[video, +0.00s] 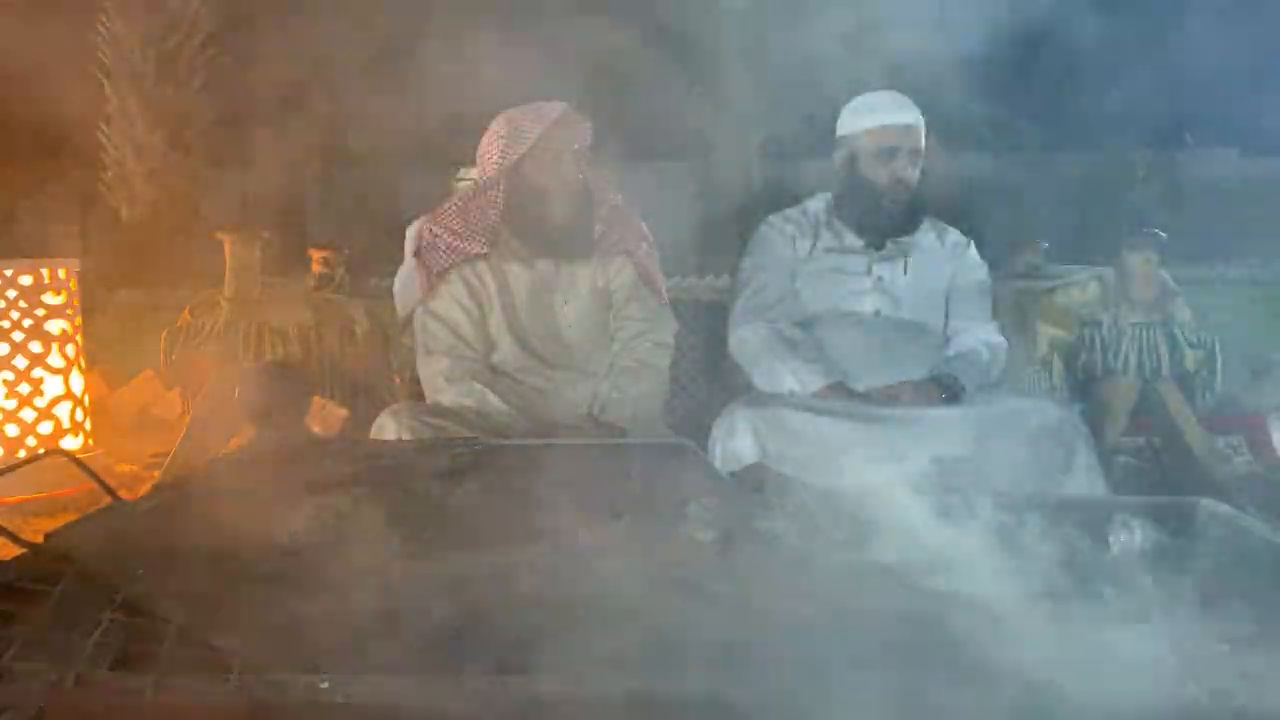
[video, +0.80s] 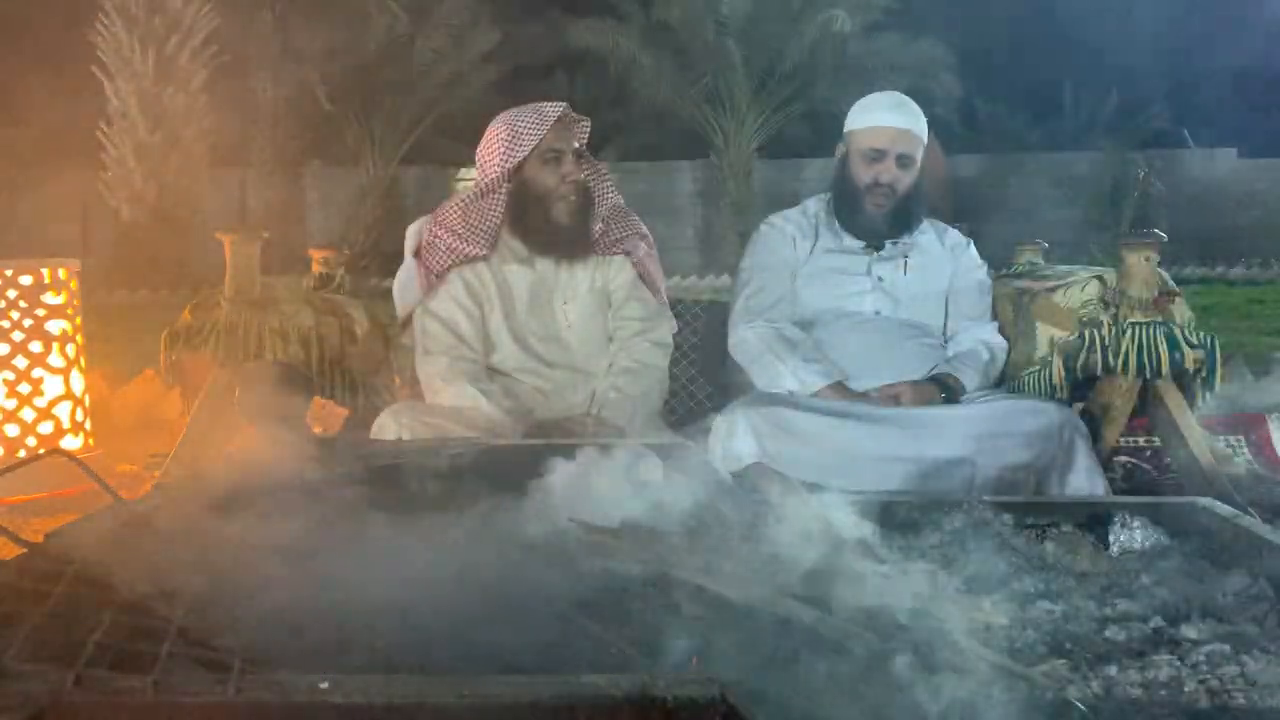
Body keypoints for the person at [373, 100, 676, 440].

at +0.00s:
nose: (580, 176)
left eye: (581, 159)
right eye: (560, 160)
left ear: (591, 167)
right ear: (514, 174)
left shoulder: (620, 258)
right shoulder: (459, 265)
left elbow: (646, 354)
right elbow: (449, 381)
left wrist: (606, 432)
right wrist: (526, 439)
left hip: (598, 439)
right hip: (496, 437)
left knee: (681, 466)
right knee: (397, 427)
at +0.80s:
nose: (575, 175)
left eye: (578, 158)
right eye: (552, 160)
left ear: (587, 165)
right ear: (509, 176)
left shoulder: (614, 257)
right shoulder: (460, 266)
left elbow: (645, 351)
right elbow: (447, 376)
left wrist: (600, 427)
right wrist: (516, 436)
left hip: (602, 437)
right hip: (499, 438)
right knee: (397, 426)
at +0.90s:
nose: (576, 175)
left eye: (579, 159)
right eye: (552, 161)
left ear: (589, 167)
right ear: (507, 178)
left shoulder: (614, 262)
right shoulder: (460, 269)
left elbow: (644, 357)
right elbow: (447, 378)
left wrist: (599, 426)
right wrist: (513, 437)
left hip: (590, 439)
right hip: (497, 436)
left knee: (625, 442)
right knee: (398, 425)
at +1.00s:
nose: (575, 174)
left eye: (578, 159)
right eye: (553, 161)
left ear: (589, 167)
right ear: (508, 177)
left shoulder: (615, 262)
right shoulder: (459, 268)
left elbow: (643, 362)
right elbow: (450, 382)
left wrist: (598, 434)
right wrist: (515, 440)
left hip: (596, 439)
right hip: (495, 440)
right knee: (396, 427)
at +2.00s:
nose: (568, 172)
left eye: (571, 155)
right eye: (542, 160)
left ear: (583, 162)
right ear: (500, 180)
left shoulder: (623, 256)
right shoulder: (461, 279)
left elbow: (645, 356)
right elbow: (451, 384)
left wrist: (597, 427)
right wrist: (520, 441)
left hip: (599, 439)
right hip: (497, 441)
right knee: (397, 425)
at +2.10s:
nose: (563, 172)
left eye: (569, 156)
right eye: (541, 159)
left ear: (580, 160)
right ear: (502, 174)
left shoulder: (615, 240)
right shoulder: (467, 256)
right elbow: (446, 377)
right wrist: (515, 444)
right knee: (399, 424)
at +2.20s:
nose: (561, 170)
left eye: (569, 153)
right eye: (540, 156)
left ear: (583, 163)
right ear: (502, 176)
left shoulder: (614, 265)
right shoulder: (463, 277)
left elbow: (655, 360)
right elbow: (450, 378)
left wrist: (608, 418)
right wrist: (542, 421)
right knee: (406, 417)